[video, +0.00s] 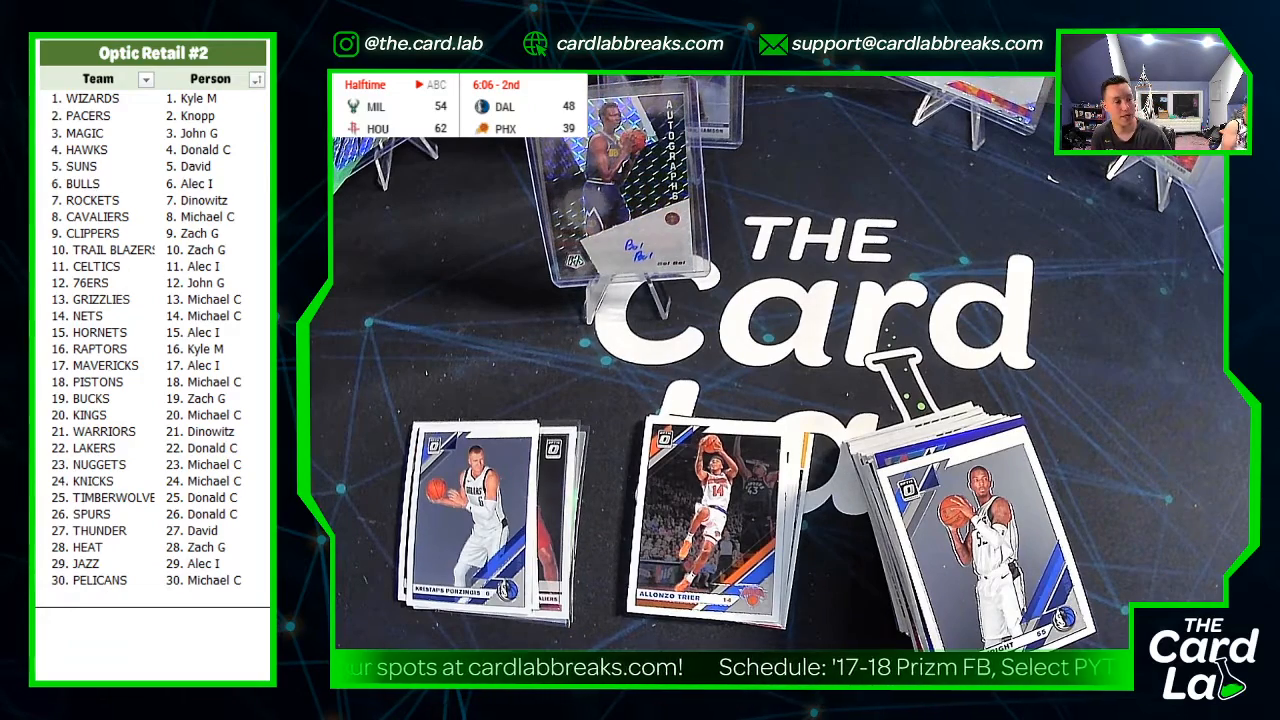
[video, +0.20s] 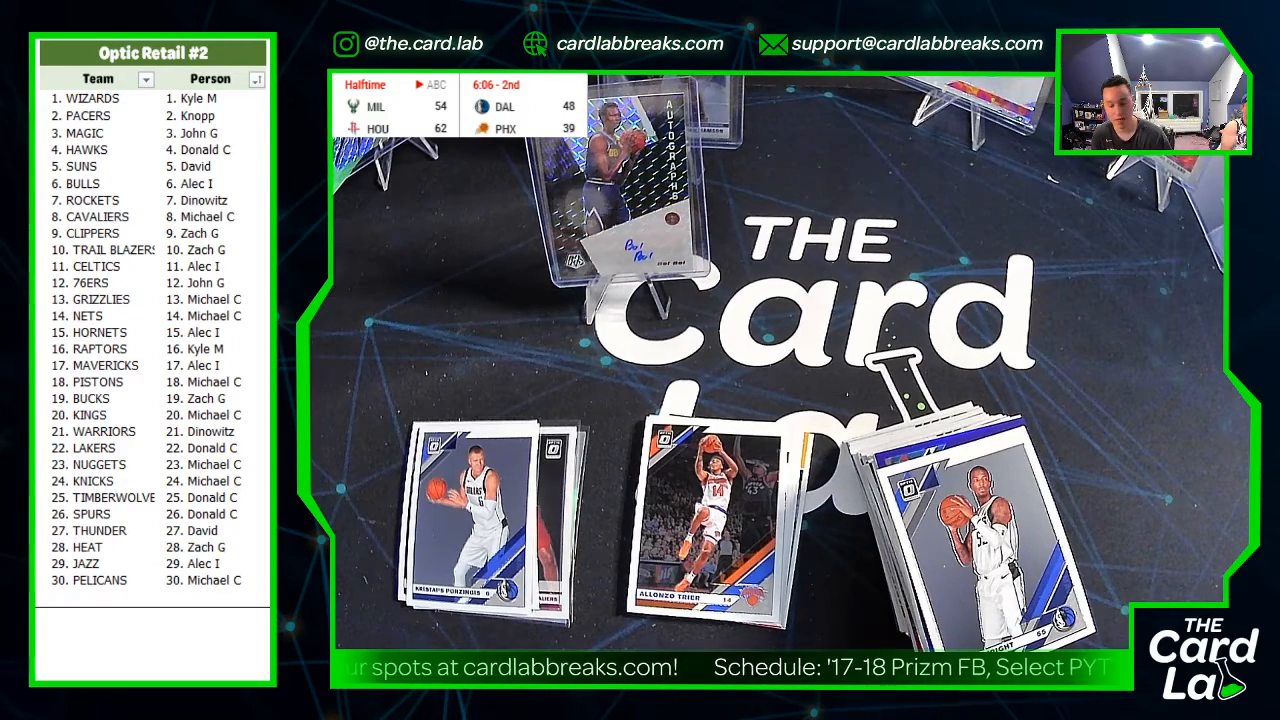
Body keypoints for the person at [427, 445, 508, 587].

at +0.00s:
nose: (480, 464)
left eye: (482, 460)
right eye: (476, 461)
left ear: (484, 459)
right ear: (469, 461)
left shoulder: (491, 477)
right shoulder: (464, 476)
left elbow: (488, 511)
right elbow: (464, 503)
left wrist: (466, 504)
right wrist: (439, 500)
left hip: (496, 530)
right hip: (478, 531)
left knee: (495, 572)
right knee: (459, 571)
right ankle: (461, 604)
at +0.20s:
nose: (480, 463)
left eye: (482, 460)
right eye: (475, 460)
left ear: (484, 459)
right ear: (469, 461)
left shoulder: (491, 477)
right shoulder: (464, 476)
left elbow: (488, 512)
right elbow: (463, 503)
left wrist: (465, 504)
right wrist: (439, 500)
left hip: (497, 531)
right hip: (478, 531)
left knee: (494, 572)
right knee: (459, 571)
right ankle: (460, 606)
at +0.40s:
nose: (480, 464)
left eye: (482, 460)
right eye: (476, 461)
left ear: (484, 459)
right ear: (469, 461)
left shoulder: (491, 477)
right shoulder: (464, 476)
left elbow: (488, 512)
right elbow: (464, 503)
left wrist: (466, 504)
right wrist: (439, 500)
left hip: (496, 530)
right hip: (478, 531)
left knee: (494, 572)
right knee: (459, 571)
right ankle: (461, 604)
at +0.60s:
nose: (480, 463)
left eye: (482, 460)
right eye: (475, 460)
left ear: (484, 459)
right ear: (469, 461)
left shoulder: (491, 477)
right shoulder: (464, 476)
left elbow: (488, 512)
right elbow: (463, 503)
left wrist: (465, 504)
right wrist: (439, 500)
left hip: (497, 531)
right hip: (478, 531)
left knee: (494, 572)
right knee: (459, 571)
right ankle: (460, 606)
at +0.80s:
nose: (480, 463)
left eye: (482, 460)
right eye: (475, 460)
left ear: (484, 459)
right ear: (469, 461)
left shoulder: (491, 477)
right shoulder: (464, 476)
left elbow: (488, 512)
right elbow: (463, 503)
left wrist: (465, 504)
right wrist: (439, 500)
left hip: (496, 531)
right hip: (478, 531)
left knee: (494, 572)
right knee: (459, 571)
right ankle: (460, 606)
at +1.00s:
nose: (480, 463)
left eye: (482, 460)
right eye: (475, 460)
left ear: (484, 459)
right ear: (469, 461)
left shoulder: (491, 477)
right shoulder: (464, 476)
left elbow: (488, 512)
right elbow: (463, 503)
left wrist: (465, 504)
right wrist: (439, 500)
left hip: (496, 531)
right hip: (478, 531)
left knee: (494, 572)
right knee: (459, 571)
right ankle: (460, 606)